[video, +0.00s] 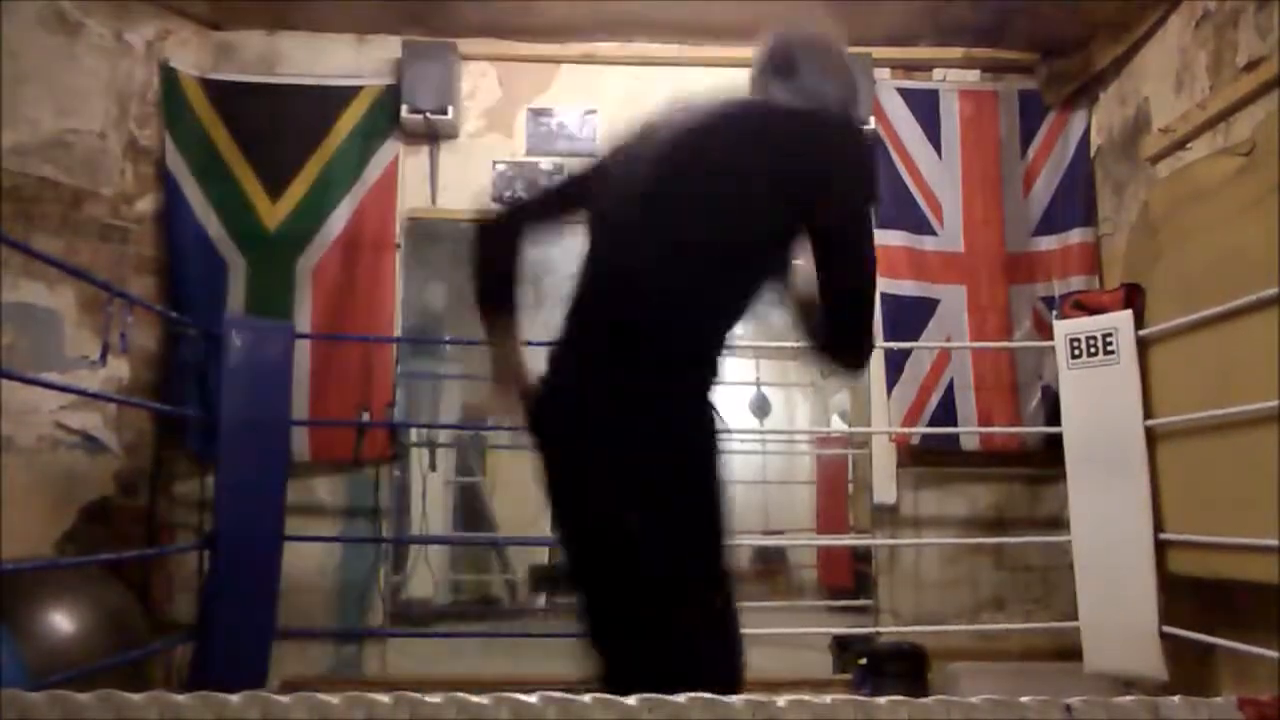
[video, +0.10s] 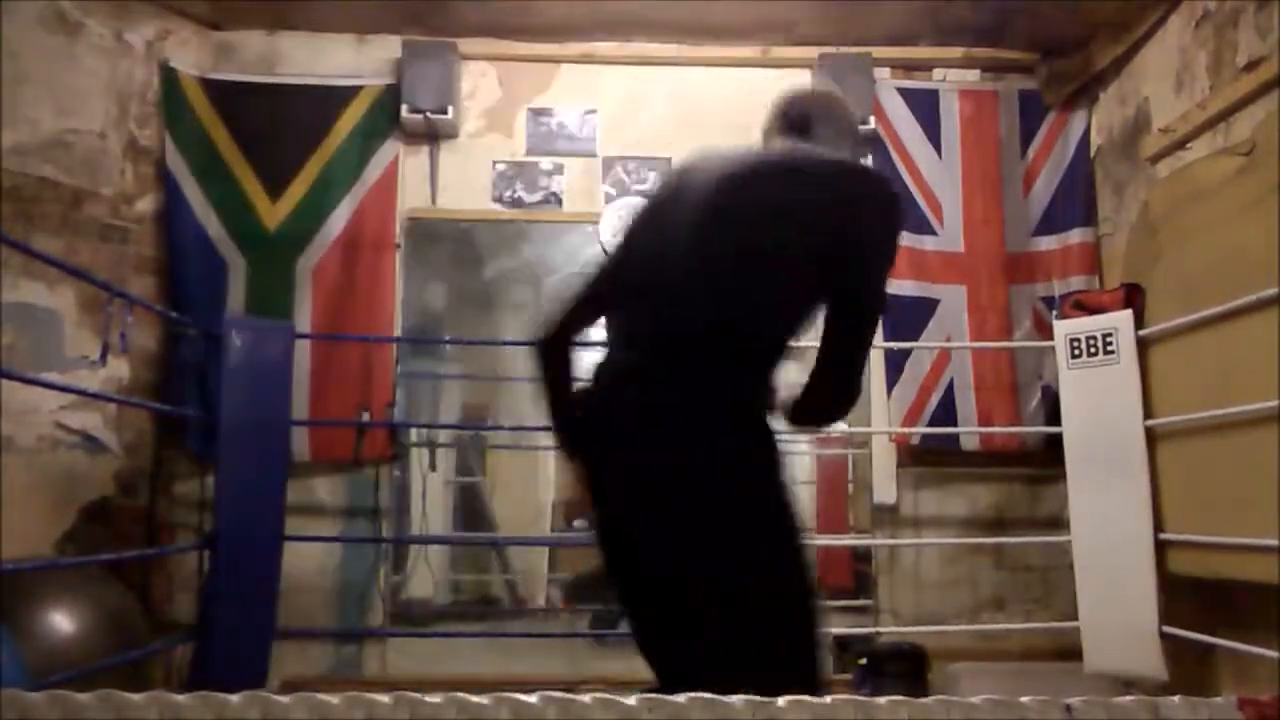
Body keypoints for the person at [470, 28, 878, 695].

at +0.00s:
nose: (854, 120)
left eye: (852, 111)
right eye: (853, 108)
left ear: (763, 81)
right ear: (840, 93)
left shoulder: (673, 139)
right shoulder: (833, 144)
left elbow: (500, 228)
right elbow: (847, 343)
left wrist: (509, 370)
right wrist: (788, 277)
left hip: (568, 404)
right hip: (662, 411)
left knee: (629, 648)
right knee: (701, 654)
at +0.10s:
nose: (849, 159)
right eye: (853, 148)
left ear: (773, 133)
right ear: (849, 143)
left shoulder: (698, 175)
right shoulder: (863, 193)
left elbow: (556, 336)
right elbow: (828, 400)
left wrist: (578, 445)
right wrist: (788, 404)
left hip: (616, 426)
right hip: (721, 431)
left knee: (688, 664)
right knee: (782, 661)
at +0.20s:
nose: (868, 170)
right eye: (865, 162)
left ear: (782, 161)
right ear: (858, 159)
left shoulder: (709, 209)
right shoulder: (877, 199)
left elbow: (665, 360)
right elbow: (871, 363)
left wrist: (624, 477)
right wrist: (824, 458)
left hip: (670, 464)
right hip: (776, 459)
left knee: (714, 685)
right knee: (879, 674)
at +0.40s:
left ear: (862, 118)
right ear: (927, 103)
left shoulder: (813, 162)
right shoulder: (959, 124)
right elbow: (1065, 120)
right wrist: (1115, 130)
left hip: (801, 389)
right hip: (925, 377)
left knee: (754, 581)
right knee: (1068, 546)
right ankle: (1092, 709)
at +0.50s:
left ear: (925, 87)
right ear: (1005, 77)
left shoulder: (874, 138)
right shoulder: (1031, 93)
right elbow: (1196, 36)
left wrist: (921, 103)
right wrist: (1274, 121)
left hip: (893, 368)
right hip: (1019, 360)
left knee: (831, 559)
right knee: (1121, 531)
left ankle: (762, 715)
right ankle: (1222, 695)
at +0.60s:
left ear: (985, 104)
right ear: (1060, 90)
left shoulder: (935, 176)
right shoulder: (1092, 121)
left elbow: (955, 273)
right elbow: (1203, 98)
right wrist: (1266, 84)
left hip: (983, 407)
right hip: (1108, 398)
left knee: (918, 577)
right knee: (1200, 569)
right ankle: (1264, 682)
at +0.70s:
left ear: (1025, 174)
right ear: (1101, 159)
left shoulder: (990, 249)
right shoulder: (1160, 194)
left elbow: (1014, 378)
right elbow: (1267, 205)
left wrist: (1060, 428)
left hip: (1068, 476)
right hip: (1197, 460)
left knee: (1029, 663)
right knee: (1265, 638)